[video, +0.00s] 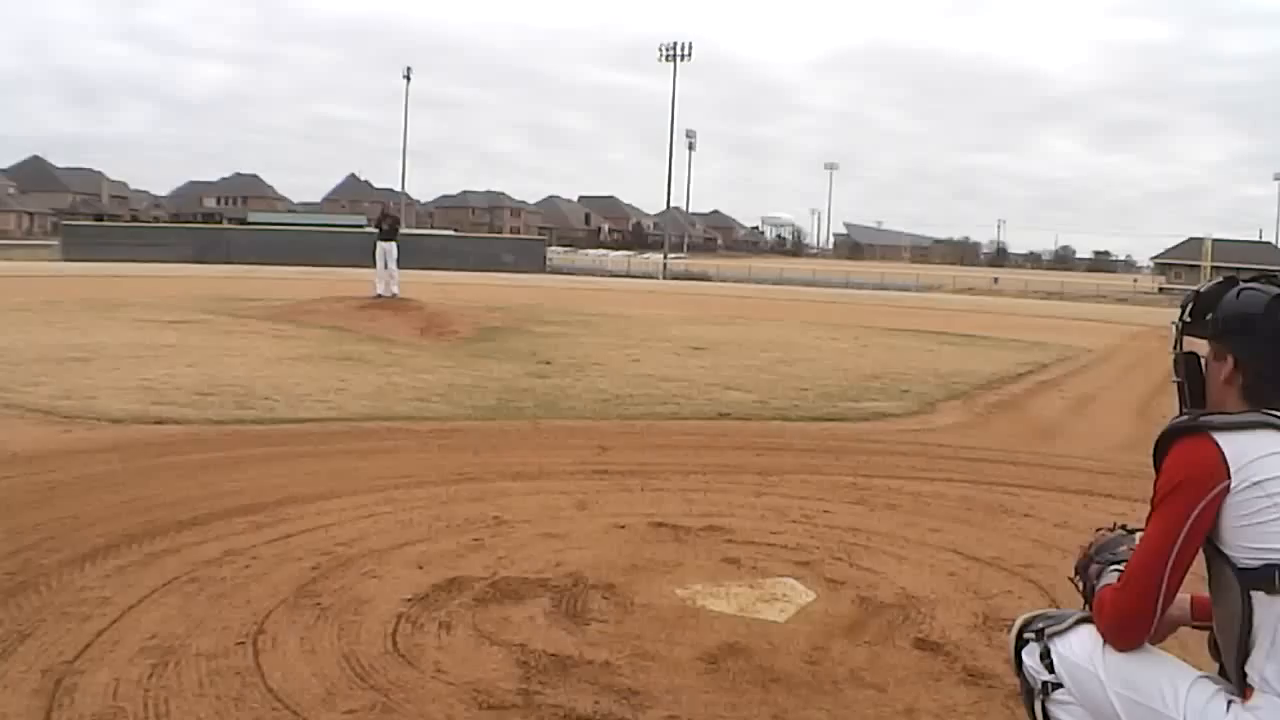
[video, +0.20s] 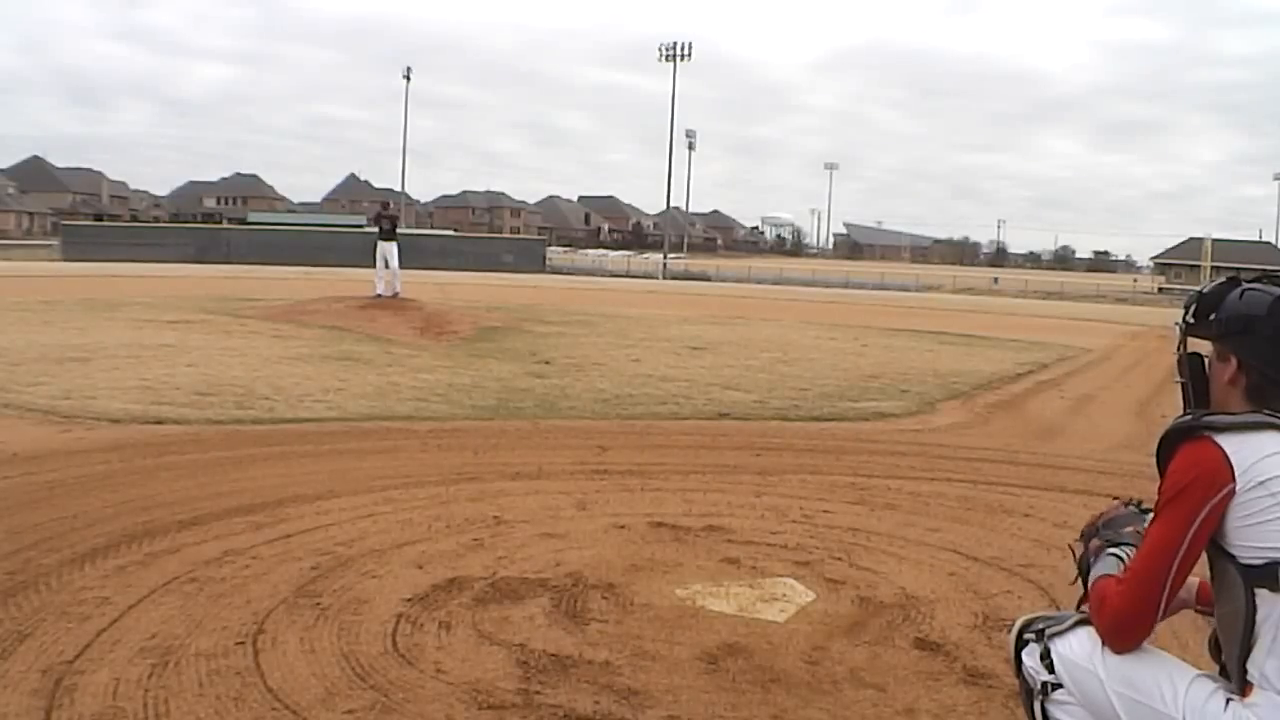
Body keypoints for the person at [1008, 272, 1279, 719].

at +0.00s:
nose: (1198, 364)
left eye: (1207, 354)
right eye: (1203, 352)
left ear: (1227, 365)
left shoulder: (1211, 450)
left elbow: (1123, 630)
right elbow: (1274, 604)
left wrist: (1109, 567)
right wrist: (1183, 608)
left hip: (1259, 711)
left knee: (1045, 644)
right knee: (1228, 636)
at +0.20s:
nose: (1202, 363)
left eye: (1211, 353)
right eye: (1208, 351)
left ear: (1230, 367)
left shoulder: (1216, 453)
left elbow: (1120, 629)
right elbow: (1273, 602)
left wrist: (1113, 549)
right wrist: (1189, 593)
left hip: (1259, 711)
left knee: (1046, 646)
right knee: (1228, 634)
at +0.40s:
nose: (1209, 365)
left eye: (1218, 354)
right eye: (1214, 353)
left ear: (1237, 368)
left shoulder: (1225, 452)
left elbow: (1061, 562)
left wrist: (1108, 493)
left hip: (1260, 707)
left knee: (1053, 628)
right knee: (1222, 643)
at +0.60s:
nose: (1200, 358)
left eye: (1209, 346)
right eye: (1206, 345)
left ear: (1231, 361)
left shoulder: (1218, 441)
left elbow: (1033, 503)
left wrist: (1105, 460)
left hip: (1263, 699)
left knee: (1052, 573)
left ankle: (1031, 708)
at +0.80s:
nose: (1148, 367)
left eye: (1156, 356)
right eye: (1153, 354)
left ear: (1177, 372)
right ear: (1246, 378)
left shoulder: (1164, 453)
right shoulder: (1269, 440)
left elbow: (977, 517)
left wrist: (1062, 460)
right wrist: (1122, 442)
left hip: (1230, 710)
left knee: (994, 604)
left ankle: (942, 706)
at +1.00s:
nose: (1070, 327)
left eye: (1077, 317)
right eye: (1074, 314)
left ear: (1094, 333)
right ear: (1168, 343)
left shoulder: (1071, 416)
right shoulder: (1221, 416)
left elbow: (892, 467)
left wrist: (991, 423)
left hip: (1158, 703)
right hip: (1261, 703)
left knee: (934, 587)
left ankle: (910, 704)